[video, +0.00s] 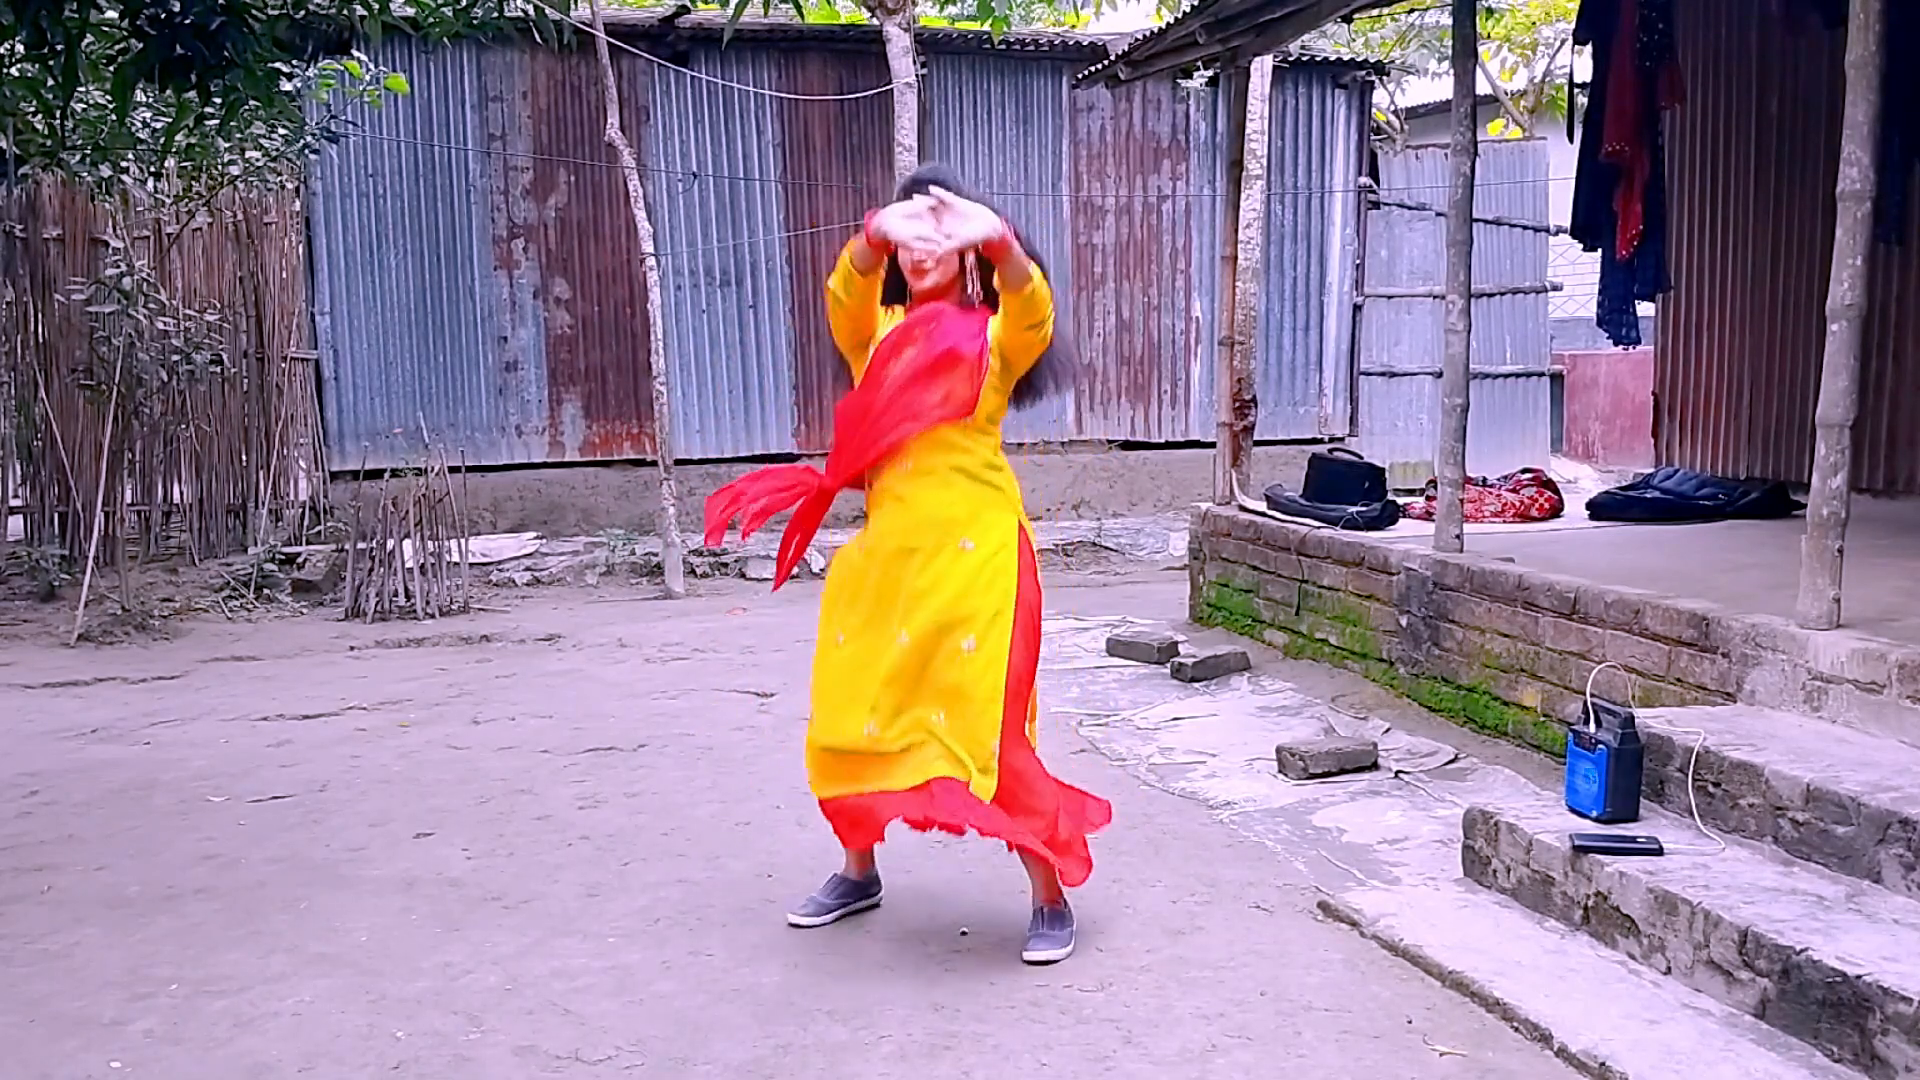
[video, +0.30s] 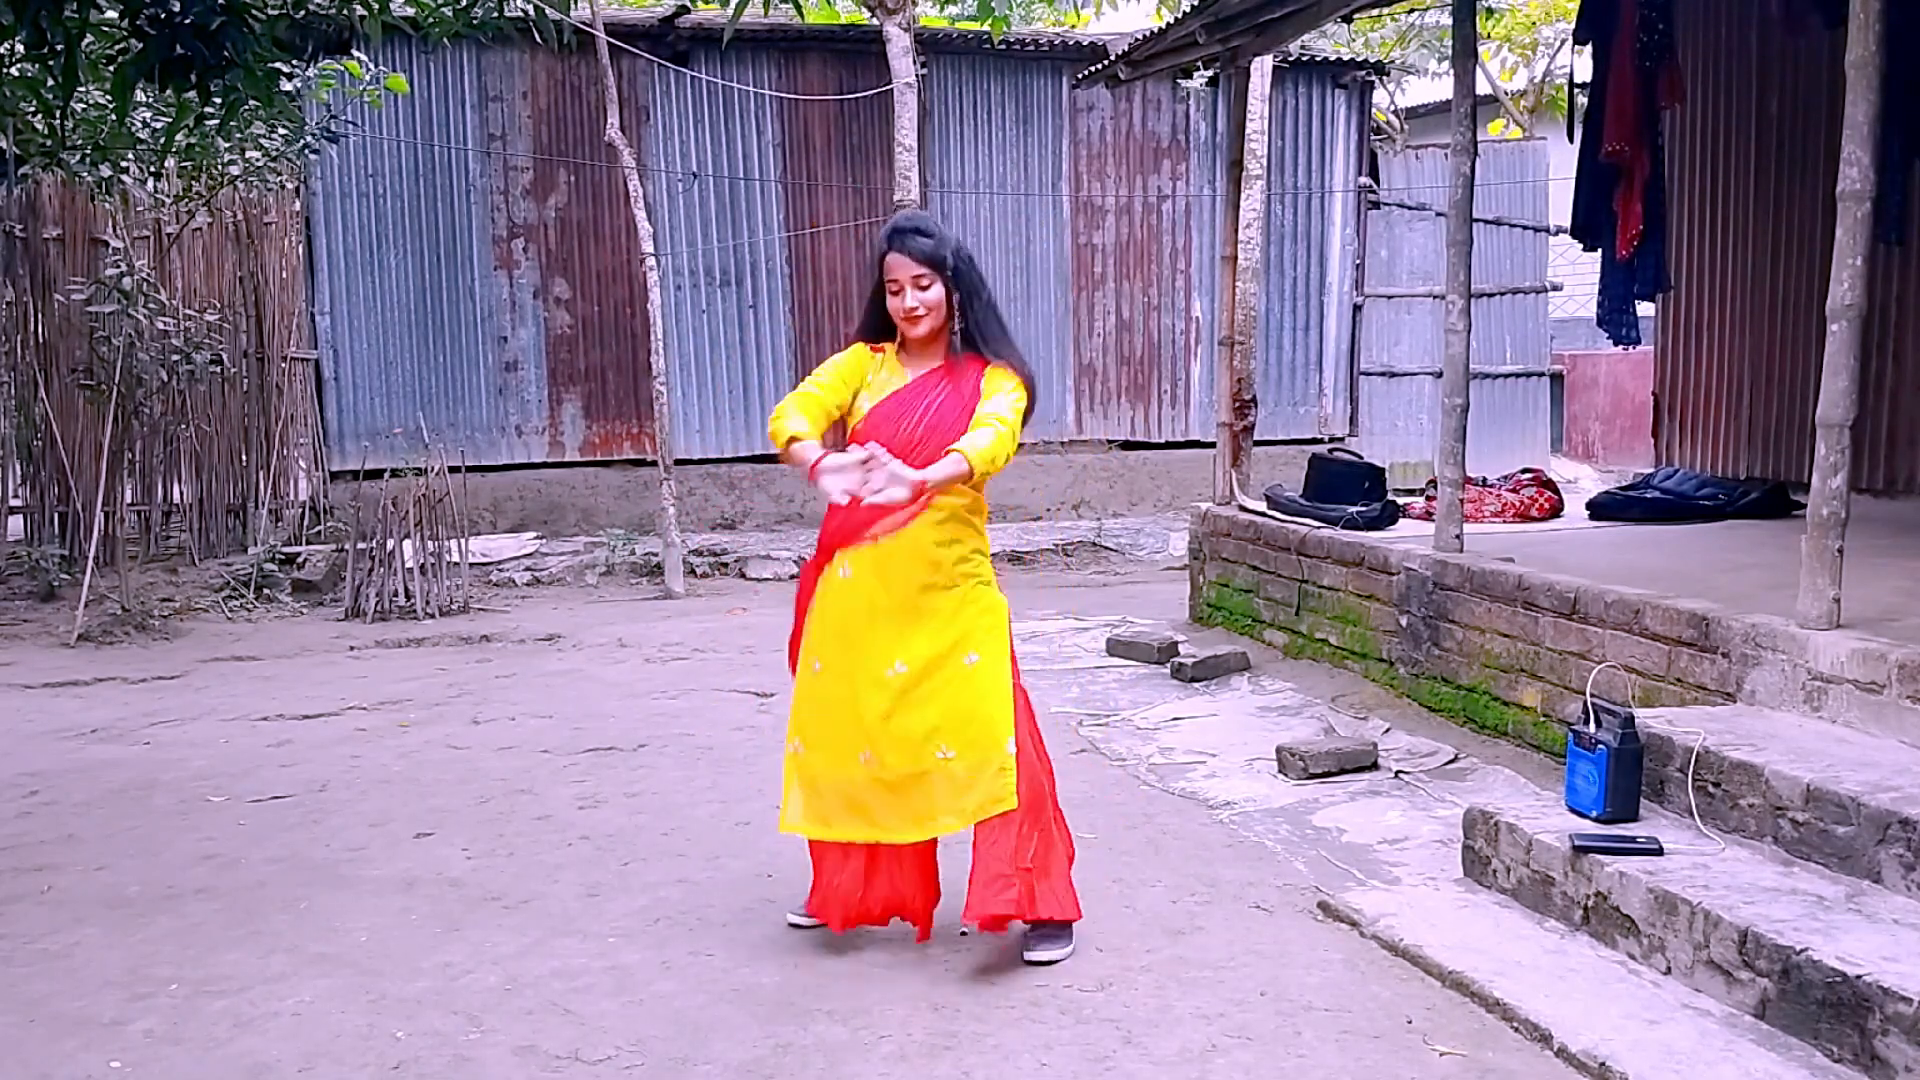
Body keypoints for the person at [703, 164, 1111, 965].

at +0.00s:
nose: (917, 251)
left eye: (933, 233)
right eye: (904, 238)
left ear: (966, 244)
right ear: (892, 253)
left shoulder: (988, 334)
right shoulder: (879, 332)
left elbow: (1028, 315)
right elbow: (847, 299)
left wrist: (1004, 249)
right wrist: (871, 240)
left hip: (977, 531)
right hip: (889, 534)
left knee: (985, 711)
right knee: (842, 698)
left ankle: (1049, 897)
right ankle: (857, 868)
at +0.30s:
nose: (909, 302)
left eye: (923, 285)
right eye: (896, 290)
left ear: (954, 286)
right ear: (883, 297)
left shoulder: (994, 379)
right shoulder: (860, 364)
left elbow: (989, 446)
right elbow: (792, 414)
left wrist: (919, 476)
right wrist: (815, 460)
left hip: (951, 586)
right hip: (855, 585)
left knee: (1003, 735)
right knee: (844, 730)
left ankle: (1048, 902)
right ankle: (841, 885)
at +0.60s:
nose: (907, 332)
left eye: (923, 316)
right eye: (895, 316)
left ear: (955, 319)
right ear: (883, 322)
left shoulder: (986, 384)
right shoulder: (886, 403)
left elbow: (892, 400)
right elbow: (821, 437)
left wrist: (764, 404)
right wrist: (740, 429)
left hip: (959, 616)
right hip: (878, 607)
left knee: (936, 781)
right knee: (815, 730)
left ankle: (1040, 901)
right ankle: (861, 873)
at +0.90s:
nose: (932, 294)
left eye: (949, 277)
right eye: (921, 278)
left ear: (984, 282)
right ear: (911, 283)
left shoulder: (1012, 349)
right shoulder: (898, 364)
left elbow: (1077, 391)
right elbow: (851, 436)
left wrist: (992, 472)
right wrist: (912, 471)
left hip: (1001, 558)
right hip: (920, 563)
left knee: (1009, 726)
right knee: (876, 715)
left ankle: (1049, 898)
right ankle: (875, 873)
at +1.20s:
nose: (950, 326)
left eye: (963, 307)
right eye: (936, 313)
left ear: (996, 305)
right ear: (925, 316)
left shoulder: (1020, 388)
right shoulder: (903, 370)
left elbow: (1047, 419)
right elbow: (900, 374)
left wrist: (1024, 387)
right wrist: (954, 372)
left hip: (995, 572)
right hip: (906, 575)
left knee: (1023, 731)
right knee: (863, 722)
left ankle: (1040, 906)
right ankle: (866, 876)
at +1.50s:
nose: (920, 305)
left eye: (933, 287)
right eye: (905, 292)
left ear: (966, 290)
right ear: (892, 300)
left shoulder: (997, 376)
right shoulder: (867, 353)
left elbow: (1012, 419)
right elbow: (887, 402)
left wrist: (1003, 438)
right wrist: (932, 438)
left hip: (971, 561)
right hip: (879, 563)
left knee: (992, 729)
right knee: (834, 722)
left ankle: (1049, 897)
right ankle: (863, 884)